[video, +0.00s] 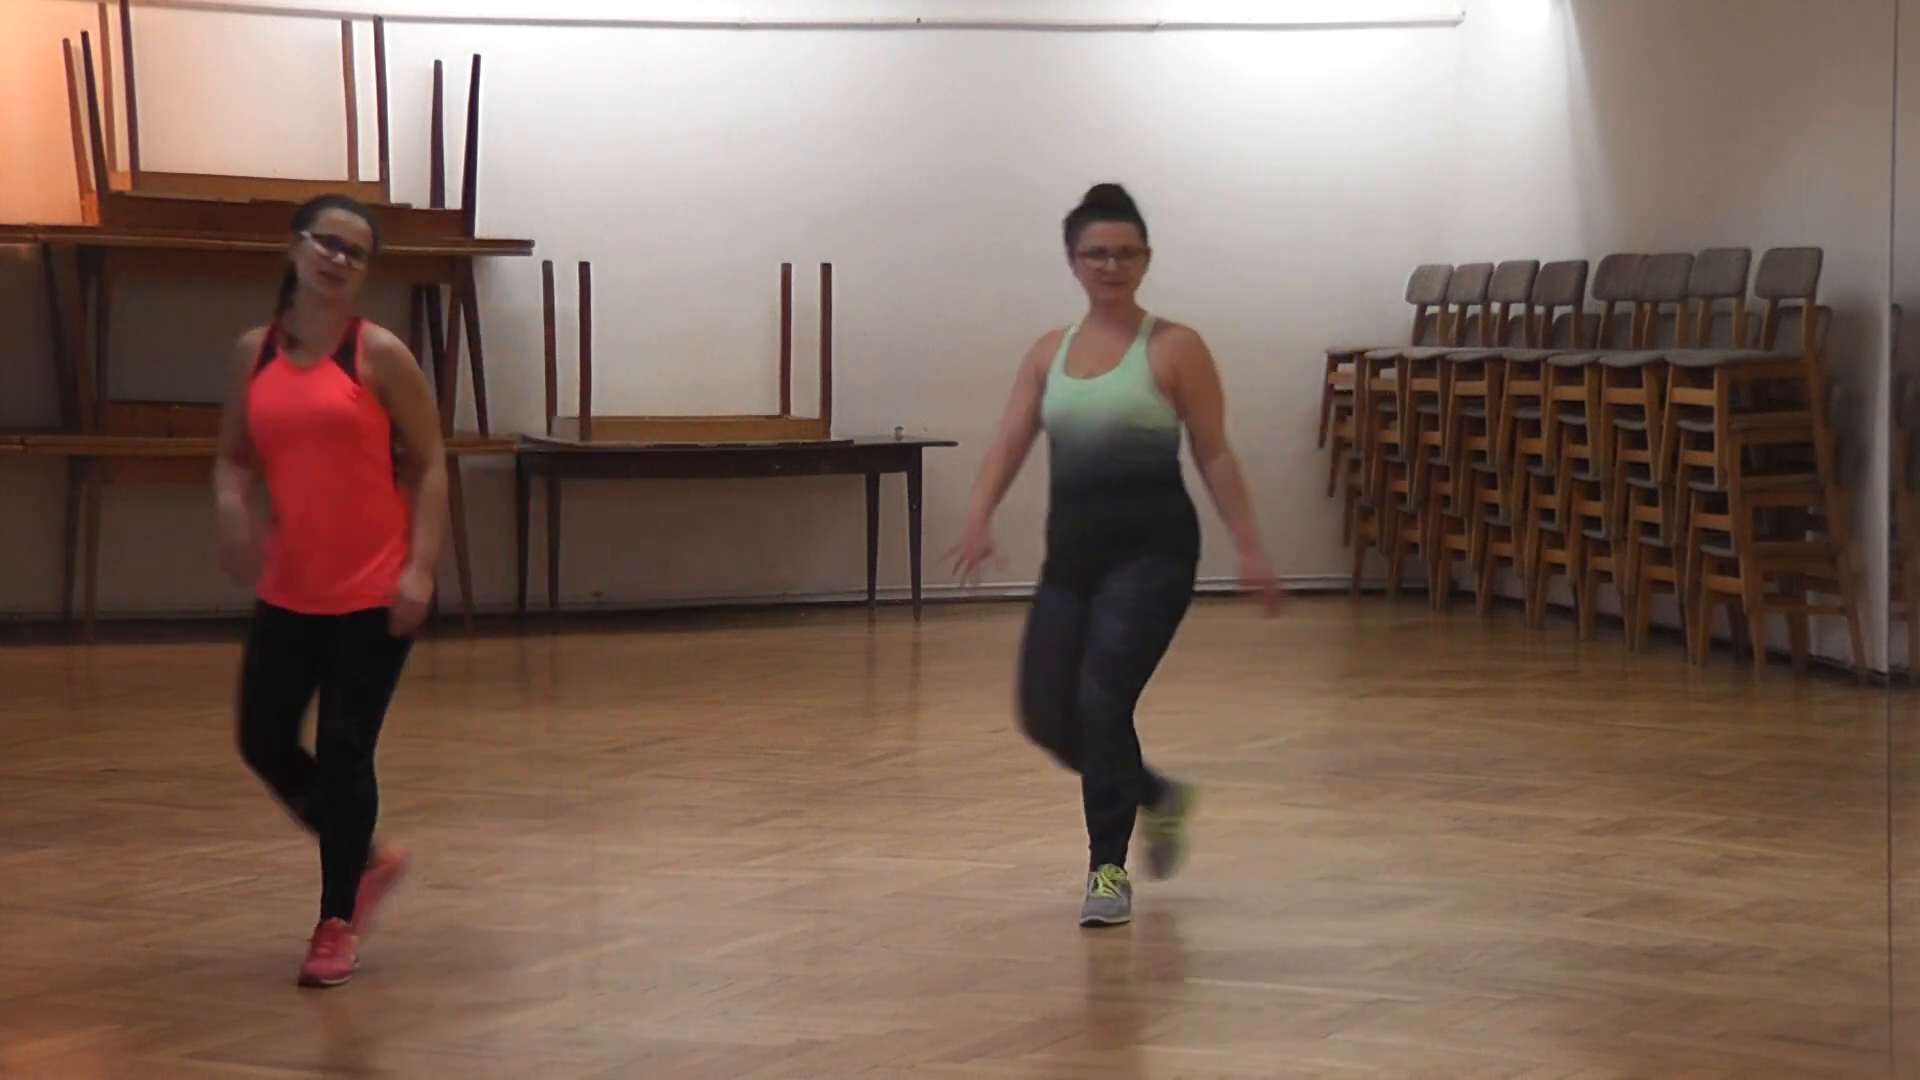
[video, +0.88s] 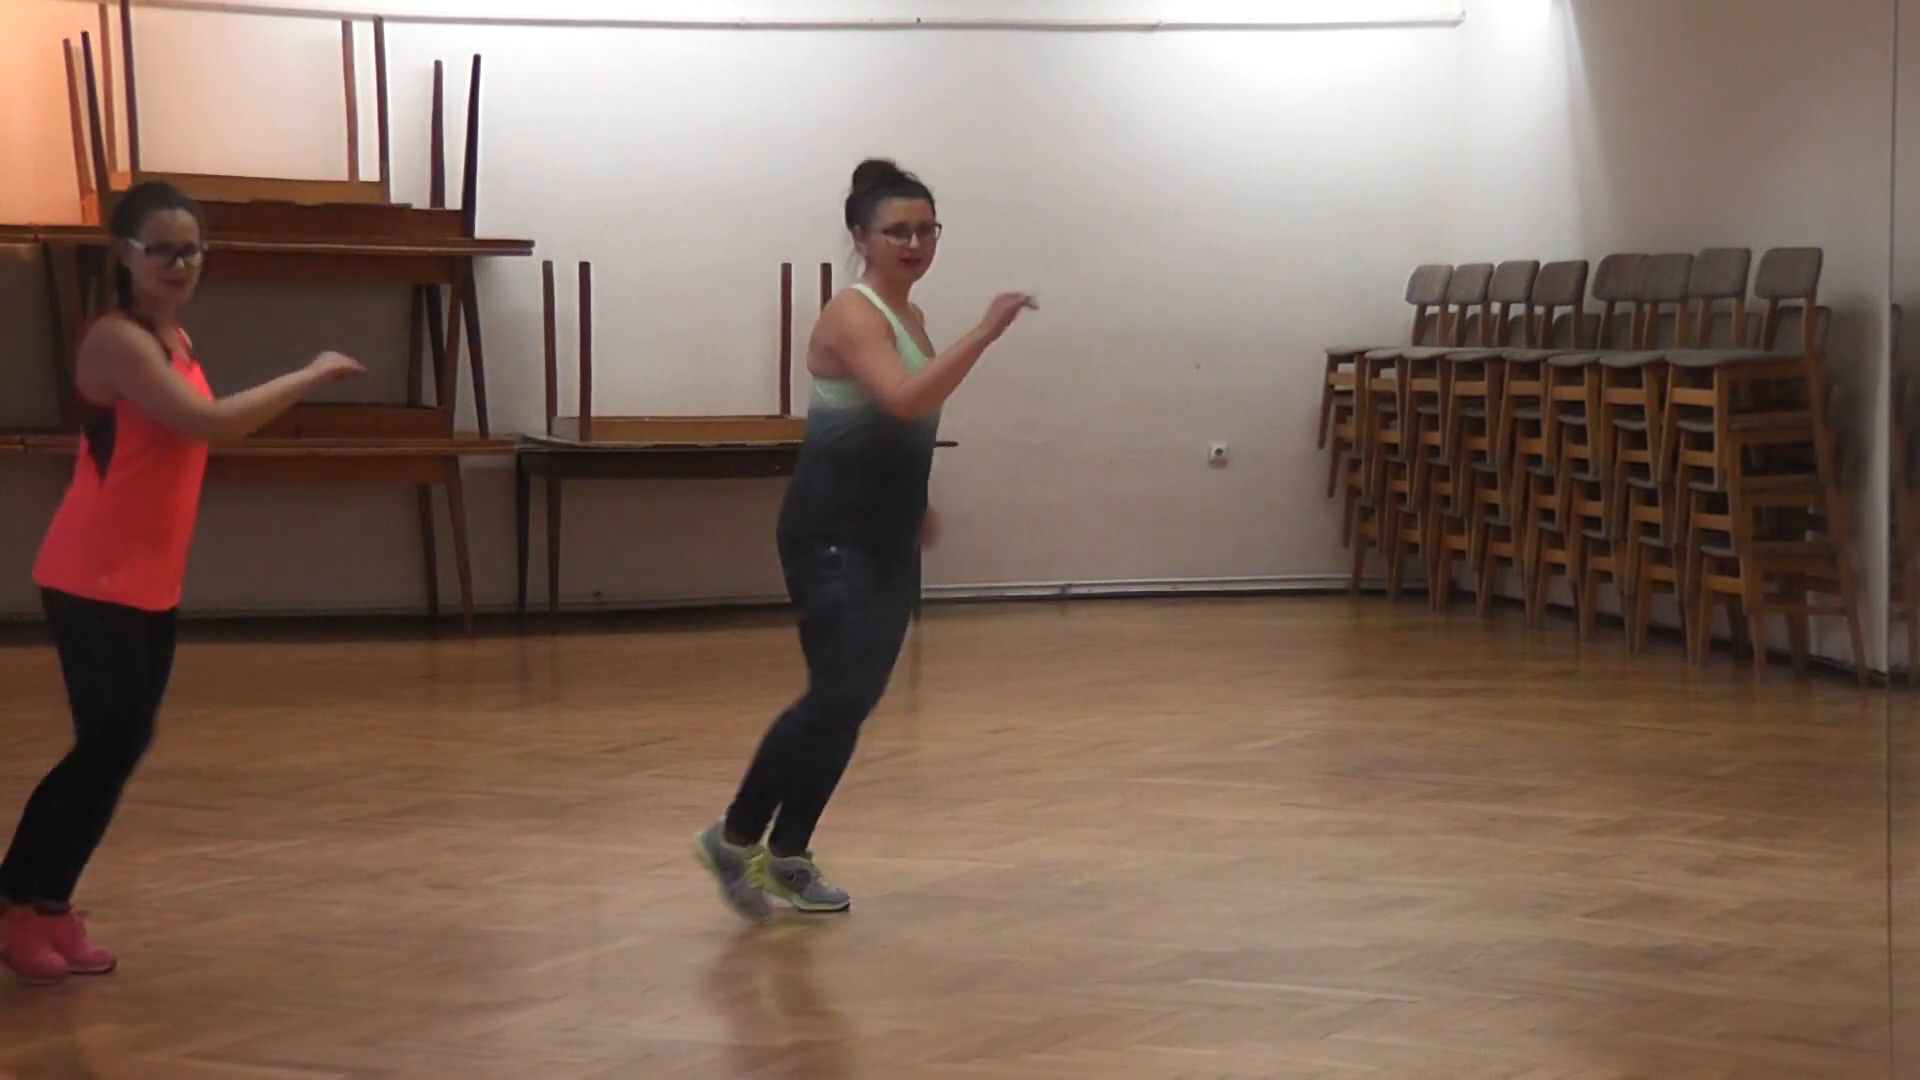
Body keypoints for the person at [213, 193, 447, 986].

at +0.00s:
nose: (340, 260)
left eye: (355, 254)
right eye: (328, 243)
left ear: (367, 273)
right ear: (294, 247)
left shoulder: (383, 355)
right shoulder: (258, 351)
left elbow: (432, 462)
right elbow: (234, 457)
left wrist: (421, 566)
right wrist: (234, 512)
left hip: (372, 592)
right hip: (288, 590)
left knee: (344, 753)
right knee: (263, 740)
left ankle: (336, 923)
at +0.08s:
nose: (313, 249)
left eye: (328, 243)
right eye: (300, 233)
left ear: (339, 263)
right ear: (265, 239)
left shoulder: (359, 346)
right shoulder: (226, 345)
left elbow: (405, 454)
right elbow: (203, 444)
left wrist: (392, 547)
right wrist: (203, 506)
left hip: (354, 587)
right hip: (262, 582)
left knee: (334, 745)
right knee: (223, 726)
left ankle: (334, 923)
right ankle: (248, 895)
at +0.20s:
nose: (270, 259)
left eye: (285, 250)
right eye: (257, 243)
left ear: (298, 269)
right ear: (222, 251)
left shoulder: (324, 363)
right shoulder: (180, 359)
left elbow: (361, 470)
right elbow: (149, 454)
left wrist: (364, 561)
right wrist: (162, 517)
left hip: (318, 593)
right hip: (223, 593)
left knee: (317, 761)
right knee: (182, 762)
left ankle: (334, 927)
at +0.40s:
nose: (217, 263)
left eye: (230, 254)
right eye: (202, 248)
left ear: (242, 270)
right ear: (164, 255)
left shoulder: (246, 361)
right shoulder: (128, 350)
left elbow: (258, 483)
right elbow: (68, 455)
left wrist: (304, 575)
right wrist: (161, 487)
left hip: (236, 592)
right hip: (139, 597)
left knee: (275, 755)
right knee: (130, 767)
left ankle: (312, 917)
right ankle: (82, 939)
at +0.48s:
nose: (199, 254)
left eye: (212, 243)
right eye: (183, 239)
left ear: (226, 256)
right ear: (149, 244)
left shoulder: (226, 346)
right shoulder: (119, 332)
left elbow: (225, 466)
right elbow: (75, 433)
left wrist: (271, 562)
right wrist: (182, 445)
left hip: (208, 577)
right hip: (117, 582)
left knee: (250, 724)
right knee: (115, 750)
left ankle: (230, 906)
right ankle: (80, 936)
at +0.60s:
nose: (182, 252)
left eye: (194, 240)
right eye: (166, 237)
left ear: (208, 250)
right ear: (130, 241)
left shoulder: (200, 338)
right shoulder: (108, 328)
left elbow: (195, 460)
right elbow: (111, 424)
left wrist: (226, 553)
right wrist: (222, 396)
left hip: (178, 577)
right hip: (98, 576)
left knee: (190, 732)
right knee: (97, 744)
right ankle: (72, 932)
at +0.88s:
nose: (179, 265)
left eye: (191, 251)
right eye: (162, 251)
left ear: (202, 255)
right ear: (122, 254)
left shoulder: (173, 342)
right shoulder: (114, 341)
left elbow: (164, 453)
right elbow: (213, 422)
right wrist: (307, 377)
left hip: (147, 583)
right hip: (92, 581)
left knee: (123, 739)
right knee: (110, 739)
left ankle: (51, 906)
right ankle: (18, 904)